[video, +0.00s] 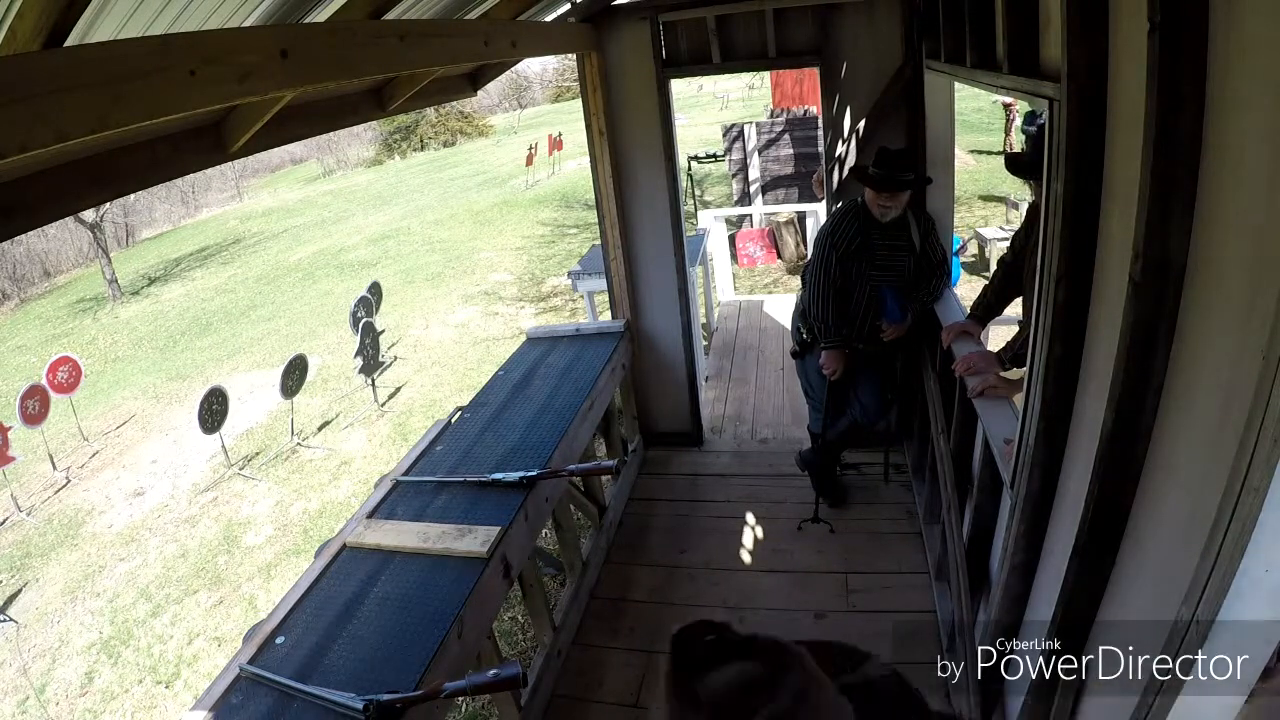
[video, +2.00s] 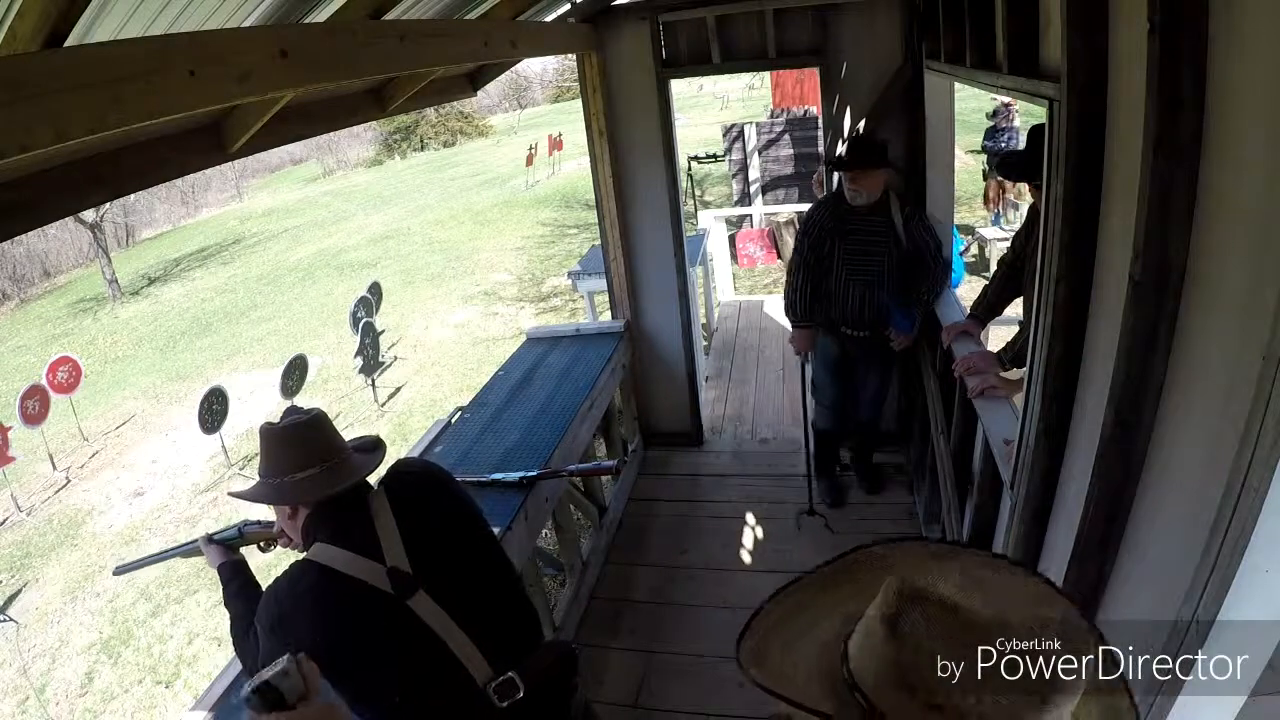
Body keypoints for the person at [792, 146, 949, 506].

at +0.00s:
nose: (886, 199)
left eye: (897, 191)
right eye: (878, 190)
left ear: (911, 192)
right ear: (865, 186)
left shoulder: (920, 225)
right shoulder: (844, 223)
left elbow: (937, 273)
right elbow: (820, 282)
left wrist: (909, 317)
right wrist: (831, 343)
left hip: (875, 335)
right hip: (824, 334)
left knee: (871, 409)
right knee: (826, 410)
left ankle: (817, 455)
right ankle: (827, 478)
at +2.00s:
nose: (852, 182)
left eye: (863, 174)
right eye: (847, 172)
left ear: (885, 174)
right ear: (840, 171)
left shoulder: (906, 216)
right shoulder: (824, 215)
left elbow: (934, 270)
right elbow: (801, 270)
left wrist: (912, 318)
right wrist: (801, 324)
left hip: (882, 334)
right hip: (832, 331)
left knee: (873, 404)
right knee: (830, 405)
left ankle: (865, 460)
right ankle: (826, 472)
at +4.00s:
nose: (884, 188)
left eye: (886, 179)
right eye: (875, 181)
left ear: (889, 176)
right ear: (849, 182)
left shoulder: (907, 209)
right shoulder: (824, 218)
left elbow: (945, 243)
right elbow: (795, 269)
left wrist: (937, 296)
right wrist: (786, 322)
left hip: (890, 333)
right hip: (840, 333)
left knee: (873, 403)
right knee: (832, 406)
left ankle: (864, 460)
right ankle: (823, 472)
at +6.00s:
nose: (839, 199)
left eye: (844, 190)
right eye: (833, 192)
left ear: (862, 180)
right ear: (828, 185)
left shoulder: (901, 206)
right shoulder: (821, 217)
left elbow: (945, 243)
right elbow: (799, 267)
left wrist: (936, 298)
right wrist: (788, 318)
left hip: (888, 332)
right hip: (837, 332)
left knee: (875, 404)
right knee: (831, 404)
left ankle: (865, 461)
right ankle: (822, 475)